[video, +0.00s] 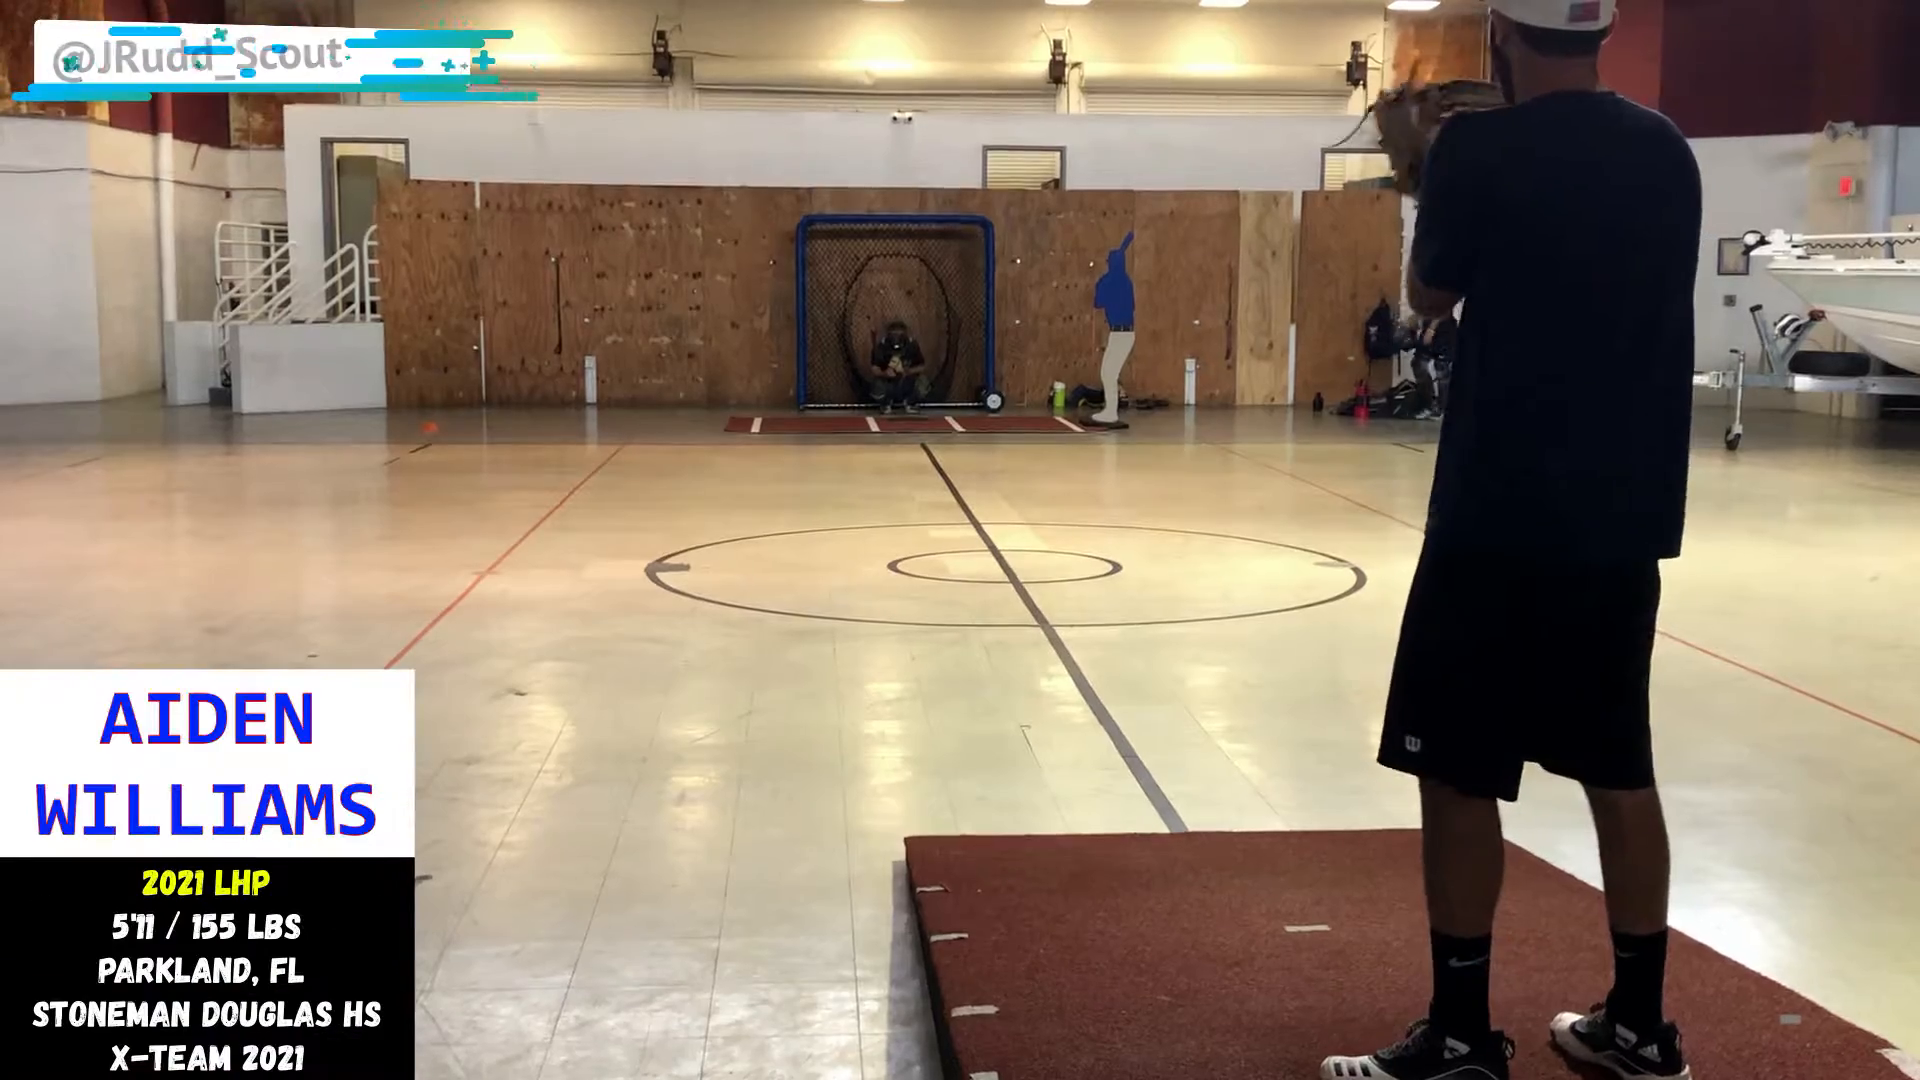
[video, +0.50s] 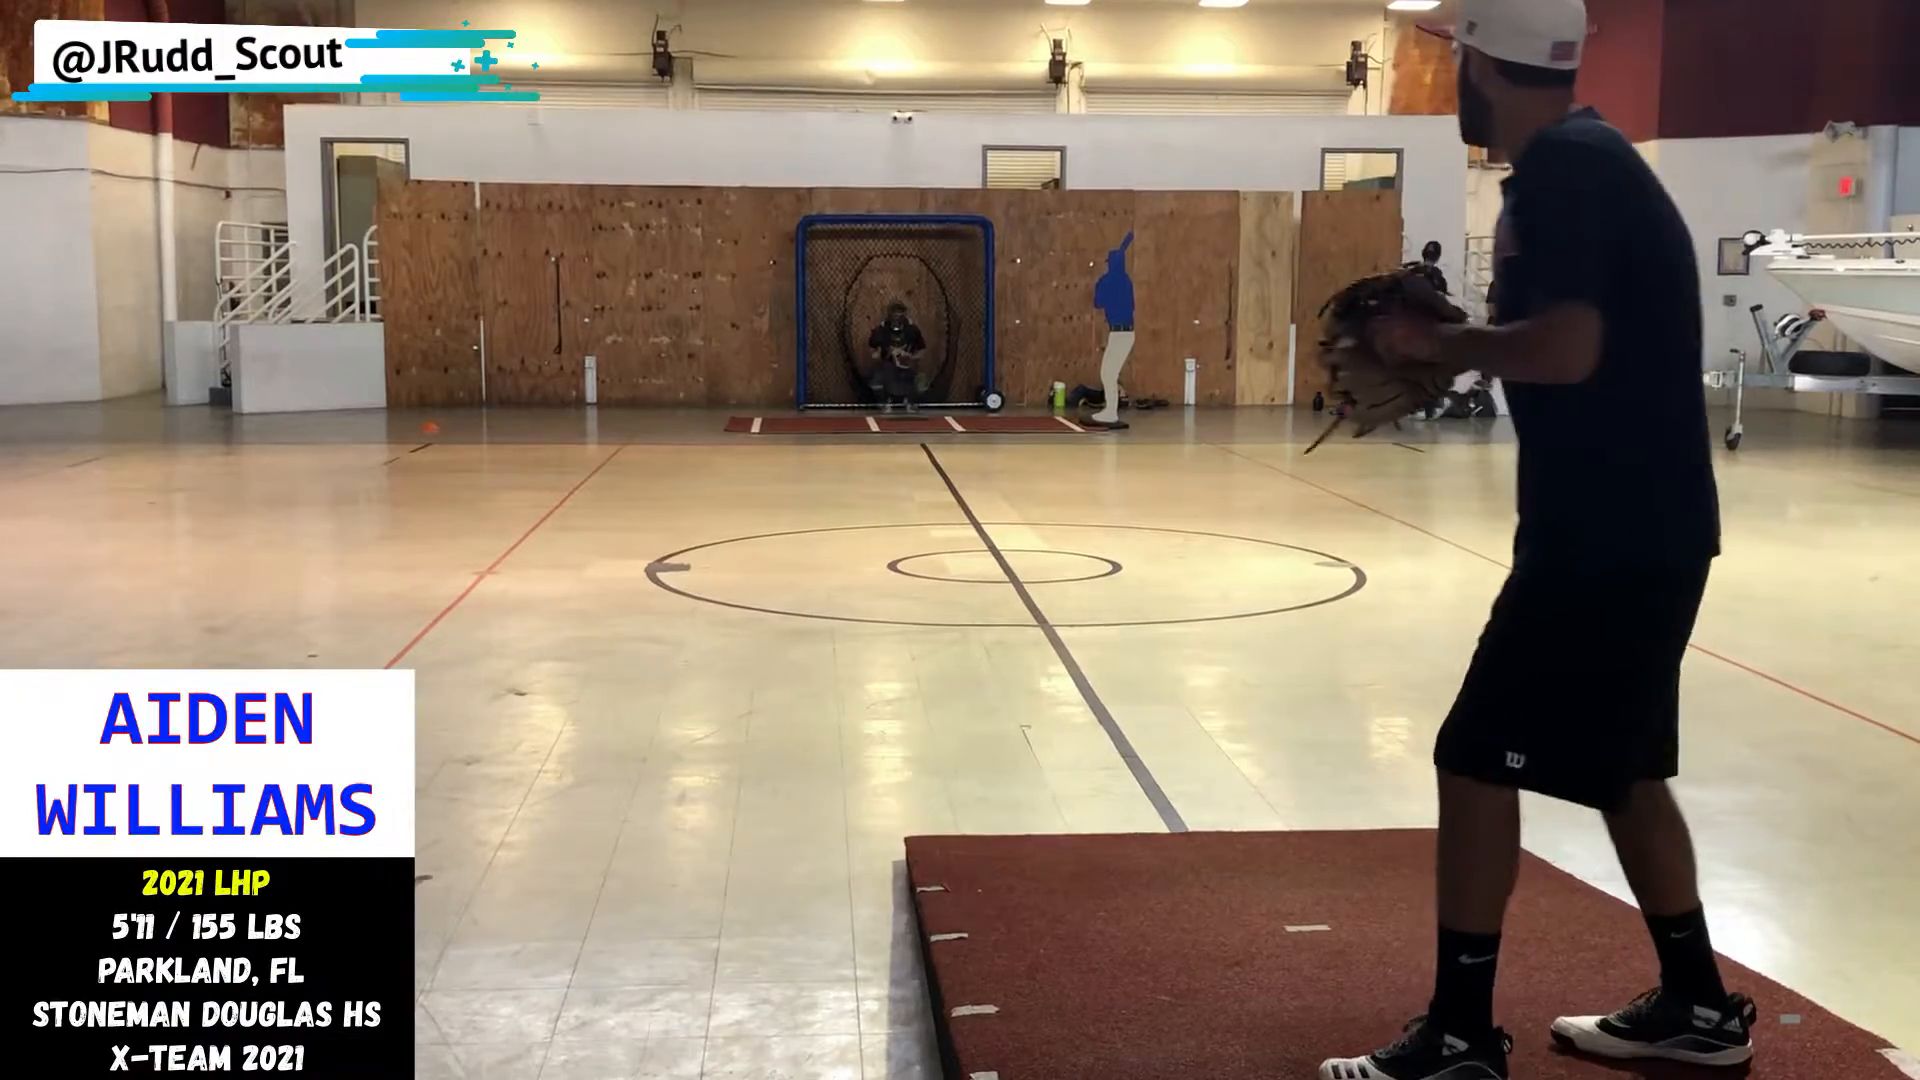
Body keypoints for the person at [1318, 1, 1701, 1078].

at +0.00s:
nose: (1491, 48)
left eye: (1494, 34)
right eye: (1504, 34)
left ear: (1504, 39)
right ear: (1605, 36)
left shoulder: (1477, 143)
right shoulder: (1667, 148)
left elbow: (1428, 299)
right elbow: (1634, 297)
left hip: (1494, 521)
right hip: (1624, 519)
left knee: (1459, 764)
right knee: (1620, 765)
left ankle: (1461, 1032)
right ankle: (1640, 1020)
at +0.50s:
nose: (1456, 95)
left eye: (1457, 66)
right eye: (1456, 69)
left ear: (1483, 62)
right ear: (1559, 65)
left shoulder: (1560, 171)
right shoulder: (1601, 165)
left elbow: (1567, 347)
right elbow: (1582, 347)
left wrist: (1438, 343)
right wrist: (1453, 336)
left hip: (1590, 540)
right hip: (1652, 534)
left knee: (1473, 755)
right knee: (1628, 766)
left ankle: (1459, 1030)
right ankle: (1696, 1001)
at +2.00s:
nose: (1375, 104)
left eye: (1384, 86)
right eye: (1377, 86)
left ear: (1418, 91)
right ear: (1453, 92)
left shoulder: (1547, 195)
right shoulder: (1402, 202)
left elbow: (1505, 351)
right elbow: (1375, 361)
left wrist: (1358, 280)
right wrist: (1289, 287)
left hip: (1436, 524)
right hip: (1353, 471)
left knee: (1380, 779)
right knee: (1184, 350)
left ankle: (1466, 1023)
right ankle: (1260, 588)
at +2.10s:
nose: (1345, 129)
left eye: (1355, 113)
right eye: (1349, 112)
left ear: (1385, 122)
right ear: (1427, 121)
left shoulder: (1519, 224)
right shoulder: (1367, 218)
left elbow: (1505, 397)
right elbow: (1348, 354)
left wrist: (1342, 372)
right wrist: (1271, 338)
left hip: (1446, 538)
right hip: (1351, 495)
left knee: (1357, 769)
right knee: (1156, 495)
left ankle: (1466, 1022)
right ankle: (1236, 716)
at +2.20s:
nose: (1312, 195)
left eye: (1323, 179)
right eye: (1315, 177)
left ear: (1361, 190)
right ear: (1387, 188)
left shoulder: (1495, 292)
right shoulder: (1333, 283)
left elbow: (1509, 464)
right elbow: (1257, 386)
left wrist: (1354, 554)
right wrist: (1168, 477)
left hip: (1450, 554)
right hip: (1348, 521)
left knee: (1335, 780)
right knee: (1156, 626)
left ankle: (1462, 1027)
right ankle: (1169, 837)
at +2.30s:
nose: (1278, 283)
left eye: (1288, 269)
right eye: (1280, 267)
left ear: (1314, 273)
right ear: (1366, 268)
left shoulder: (1463, 368)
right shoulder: (1292, 345)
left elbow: (1530, 531)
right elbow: (1180, 416)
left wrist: (1532, 682)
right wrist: (1082, 518)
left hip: (1419, 607)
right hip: (1328, 575)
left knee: (1305, 794)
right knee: (1165, 687)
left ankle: (1454, 1025)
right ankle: (1145, 853)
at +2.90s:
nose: (1296, 373)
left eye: (1294, 365)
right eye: (1296, 364)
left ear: (1227, 353)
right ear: (1288, 362)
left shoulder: (1182, 396)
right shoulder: (1269, 379)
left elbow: (1192, 524)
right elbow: (1220, 394)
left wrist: (1274, 541)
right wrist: (1287, 506)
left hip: (1096, 490)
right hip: (1175, 528)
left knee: (1041, 645)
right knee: (1156, 690)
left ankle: (1199, 624)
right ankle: (1152, 845)